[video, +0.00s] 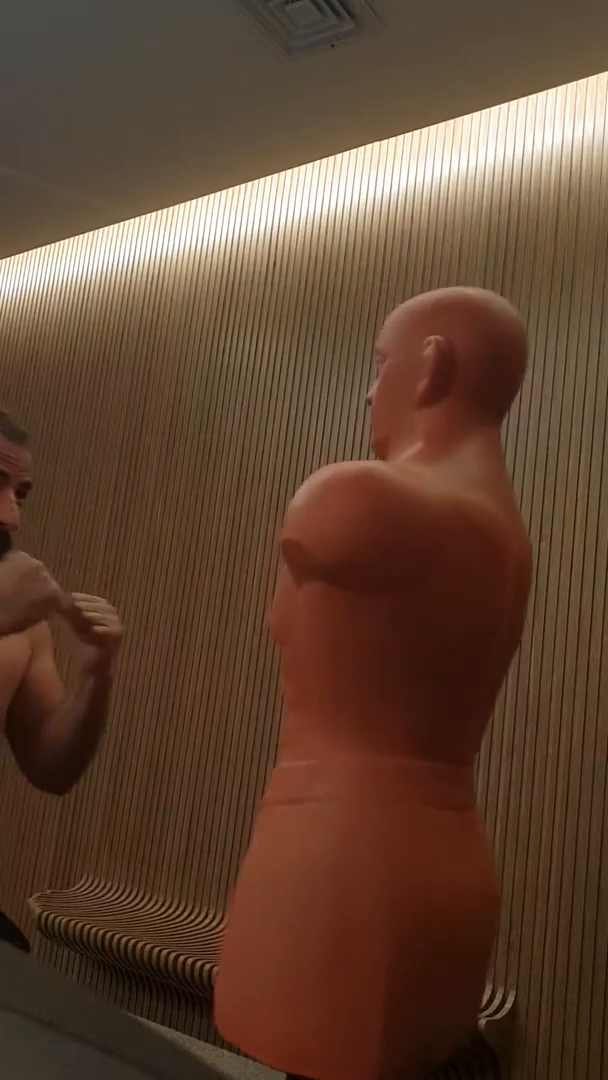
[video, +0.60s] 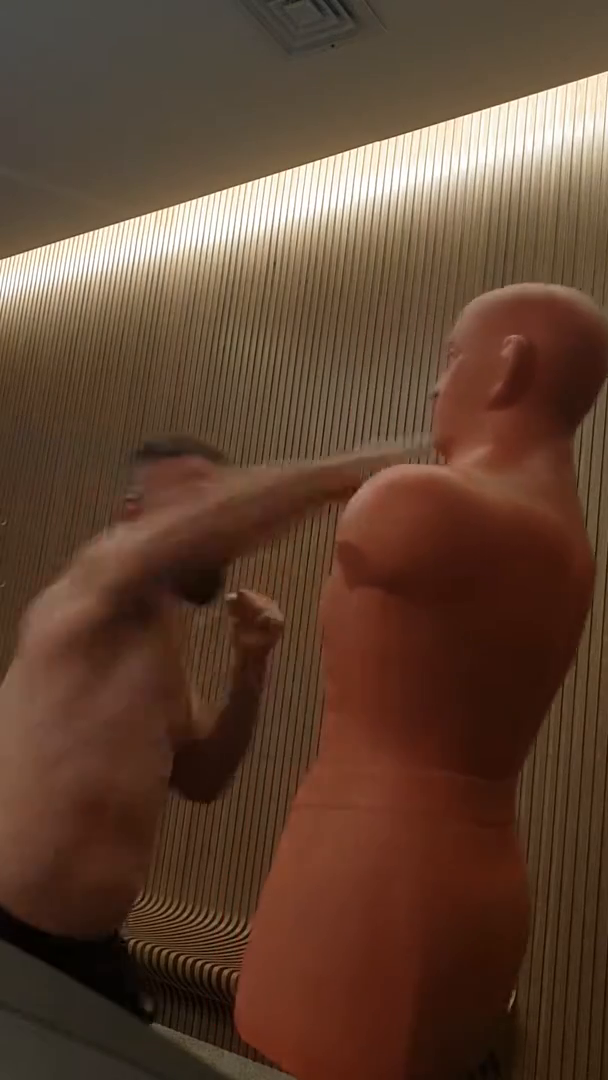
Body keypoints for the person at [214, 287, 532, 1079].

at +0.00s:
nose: (369, 390)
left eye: (383, 363)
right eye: (374, 365)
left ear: (434, 368)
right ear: (494, 393)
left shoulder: (348, 502)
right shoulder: (504, 538)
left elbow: (281, 623)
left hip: (337, 871)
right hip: (444, 860)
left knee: (295, 1064)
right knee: (404, 1065)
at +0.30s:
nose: (356, 401)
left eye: (366, 376)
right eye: (359, 379)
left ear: (417, 378)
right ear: (479, 401)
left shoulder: (344, 503)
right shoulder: (491, 542)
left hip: (334, 858)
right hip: (436, 850)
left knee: (312, 1063)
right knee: (401, 1063)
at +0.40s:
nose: (354, 406)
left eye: (362, 383)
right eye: (355, 386)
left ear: (410, 381)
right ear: (474, 403)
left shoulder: (344, 503)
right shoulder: (484, 536)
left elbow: (295, 526)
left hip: (335, 859)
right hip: (432, 848)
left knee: (320, 1063)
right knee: (395, 1063)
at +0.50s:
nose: (417, 394)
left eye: (429, 368)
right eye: (421, 370)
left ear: (481, 374)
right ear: (538, 395)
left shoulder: (401, 500)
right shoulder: (541, 540)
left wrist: (294, 556)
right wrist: (309, 570)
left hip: (363, 871)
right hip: (465, 863)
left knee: (322, 1062)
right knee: (412, 1066)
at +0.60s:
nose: (437, 388)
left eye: (452, 360)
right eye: (443, 362)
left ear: (507, 371)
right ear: (564, 397)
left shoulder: (413, 508)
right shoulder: (568, 552)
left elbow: (360, 541)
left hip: (367, 891)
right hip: (473, 882)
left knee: (315, 1064)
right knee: (427, 1067)